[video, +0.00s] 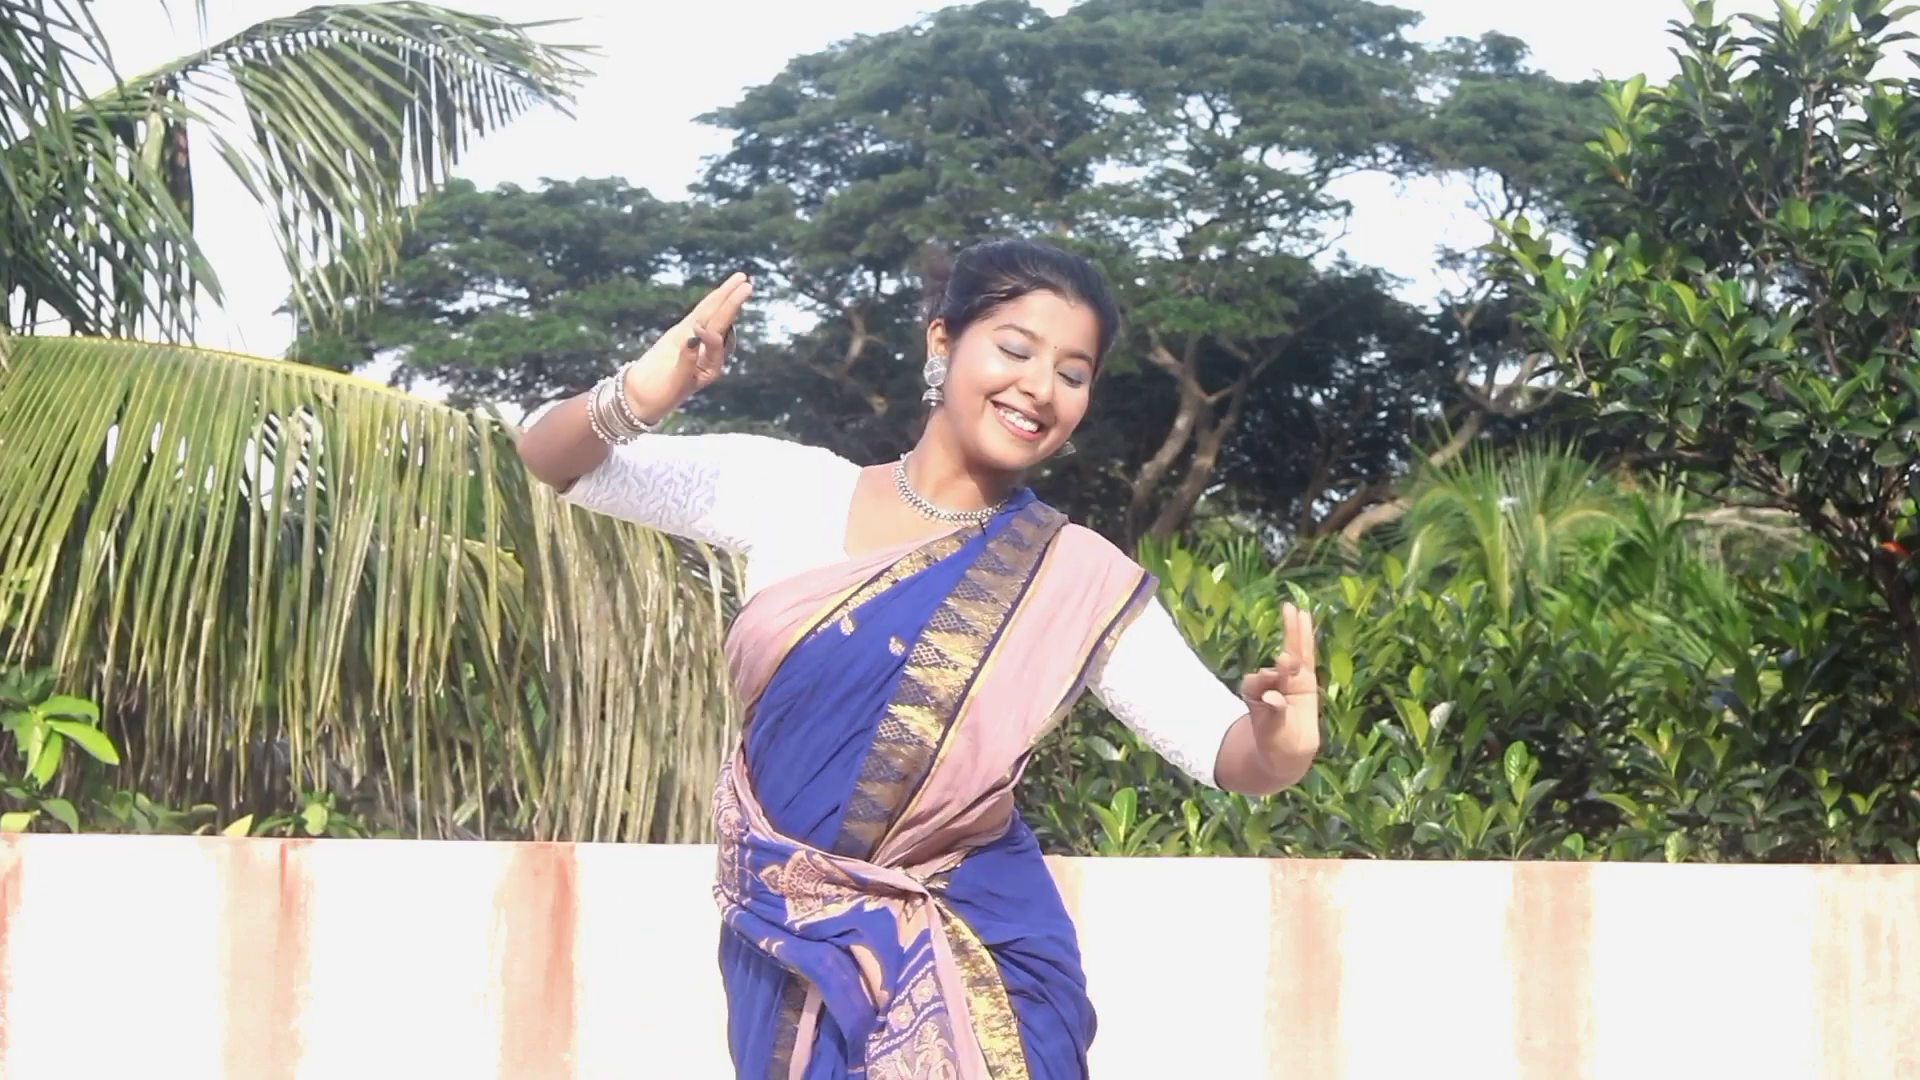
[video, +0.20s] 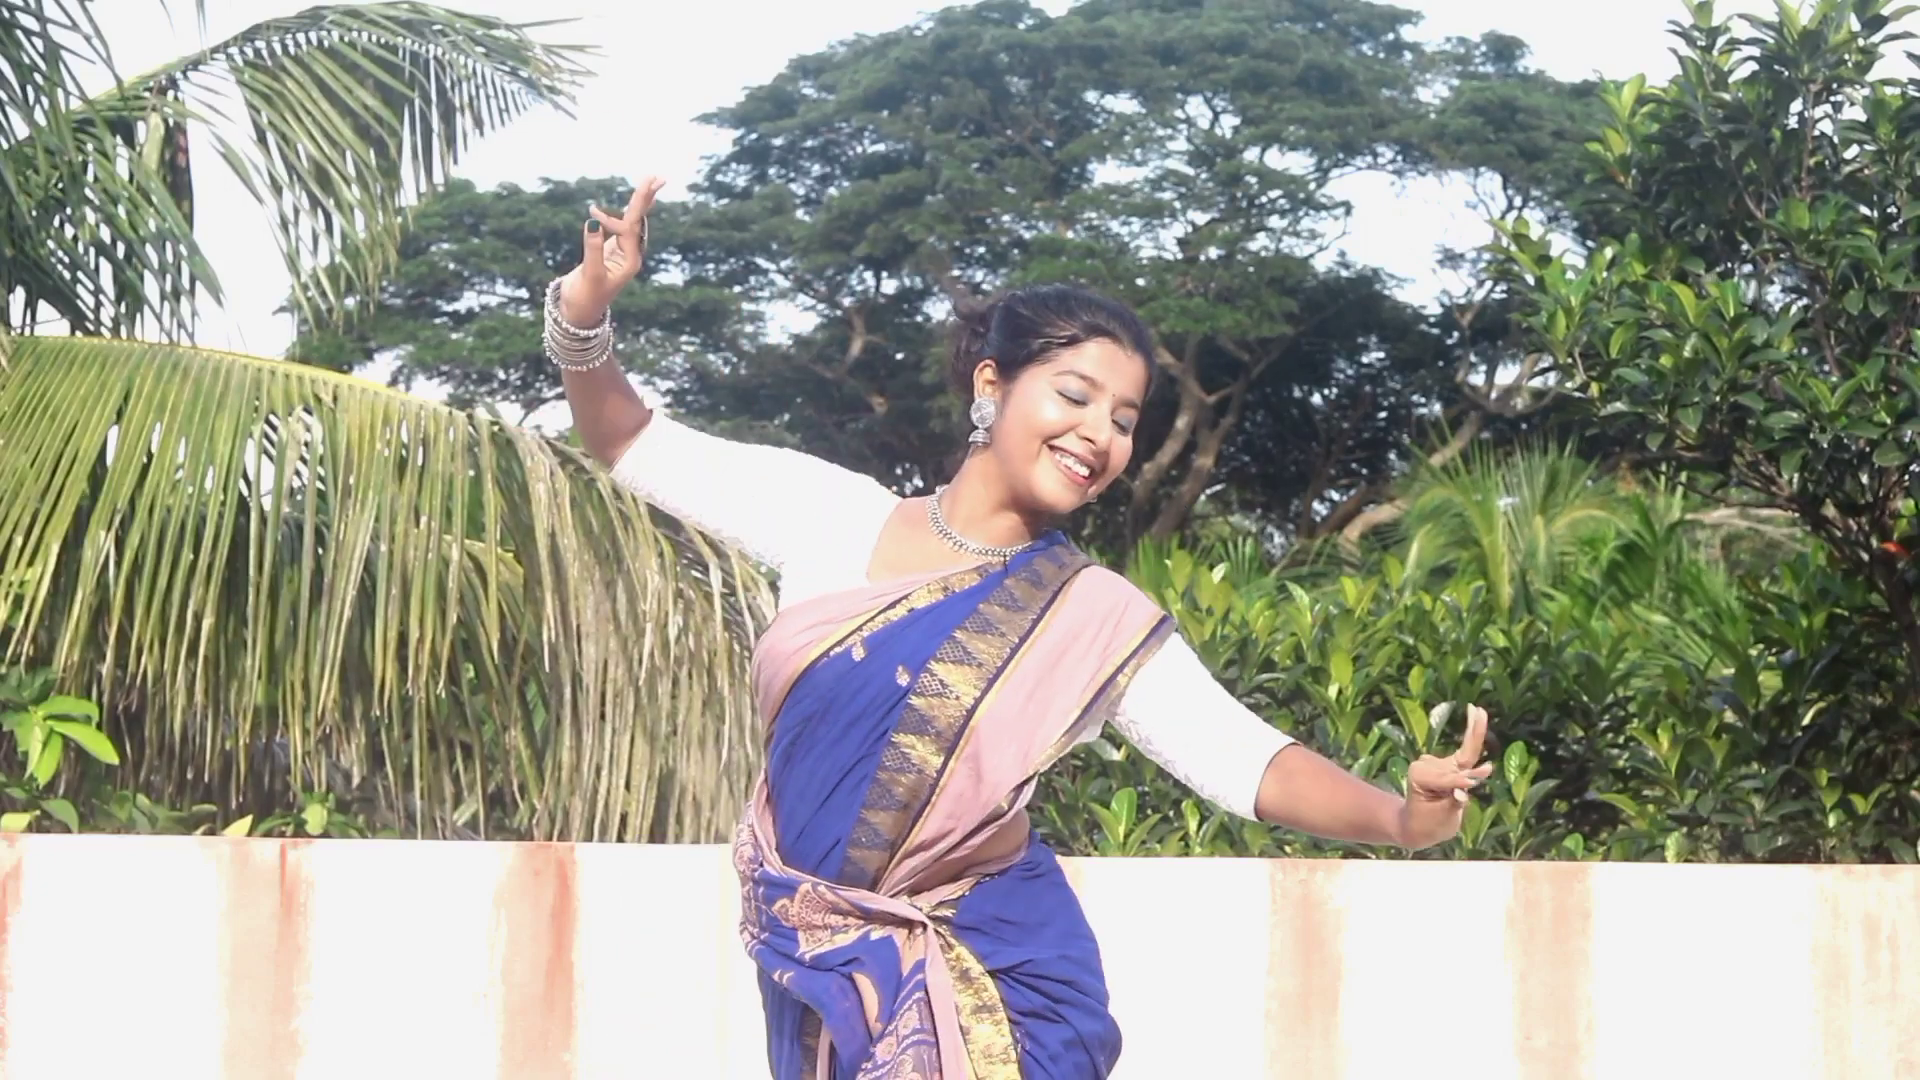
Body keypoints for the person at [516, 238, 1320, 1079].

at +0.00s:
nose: (1040, 386)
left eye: (1071, 372)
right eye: (1014, 348)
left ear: (1084, 406)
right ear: (942, 346)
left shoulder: (1084, 576)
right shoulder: (787, 490)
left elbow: (1226, 752)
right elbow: (546, 455)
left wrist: (1284, 741)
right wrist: (641, 392)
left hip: (978, 944)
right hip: (790, 938)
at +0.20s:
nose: (1097, 436)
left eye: (1122, 422)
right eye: (1073, 395)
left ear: (1130, 450)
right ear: (986, 381)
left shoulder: (1101, 618)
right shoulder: (829, 513)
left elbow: (1242, 757)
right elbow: (635, 446)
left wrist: (1395, 816)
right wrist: (582, 336)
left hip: (991, 975)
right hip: (809, 975)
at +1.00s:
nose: (1057, 362)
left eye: (1083, 339)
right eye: (1023, 331)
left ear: (1103, 368)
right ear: (955, 348)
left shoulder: (1113, 557)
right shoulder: (824, 474)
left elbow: (1273, 652)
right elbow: (605, 429)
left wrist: (1378, 665)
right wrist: (627, 413)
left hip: (1008, 909)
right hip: (818, 909)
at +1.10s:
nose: (1017, 352)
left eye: (1042, 324)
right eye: (979, 326)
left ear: (1071, 349)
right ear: (918, 353)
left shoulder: (1104, 544)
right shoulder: (833, 484)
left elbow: (1331, 644)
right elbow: (631, 464)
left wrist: (1296, 619)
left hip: (1010, 918)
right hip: (822, 912)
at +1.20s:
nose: (997, 354)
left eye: (1020, 321)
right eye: (955, 331)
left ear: (1049, 343)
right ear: (899, 363)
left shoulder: (1101, 540)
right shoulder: (820, 488)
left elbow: (1330, 619)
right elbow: (677, 505)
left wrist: (1247, 596)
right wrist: (860, 604)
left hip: (1010, 929)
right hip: (819, 922)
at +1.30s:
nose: (950, 357)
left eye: (967, 321)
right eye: (906, 342)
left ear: (1004, 333)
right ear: (857, 379)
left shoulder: (1075, 523)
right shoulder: (813, 493)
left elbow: (1317, 578)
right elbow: (784, 567)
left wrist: (1167, 584)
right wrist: (1003, 613)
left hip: (1009, 942)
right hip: (817, 933)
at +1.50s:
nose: (872, 359)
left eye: (880, 319)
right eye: (827, 360)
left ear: (928, 325)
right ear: (805, 411)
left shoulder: (1044, 497)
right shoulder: (793, 501)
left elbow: (1288, 521)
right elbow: (877, 543)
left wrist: (1100, 573)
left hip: (1012, 940)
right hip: (823, 929)